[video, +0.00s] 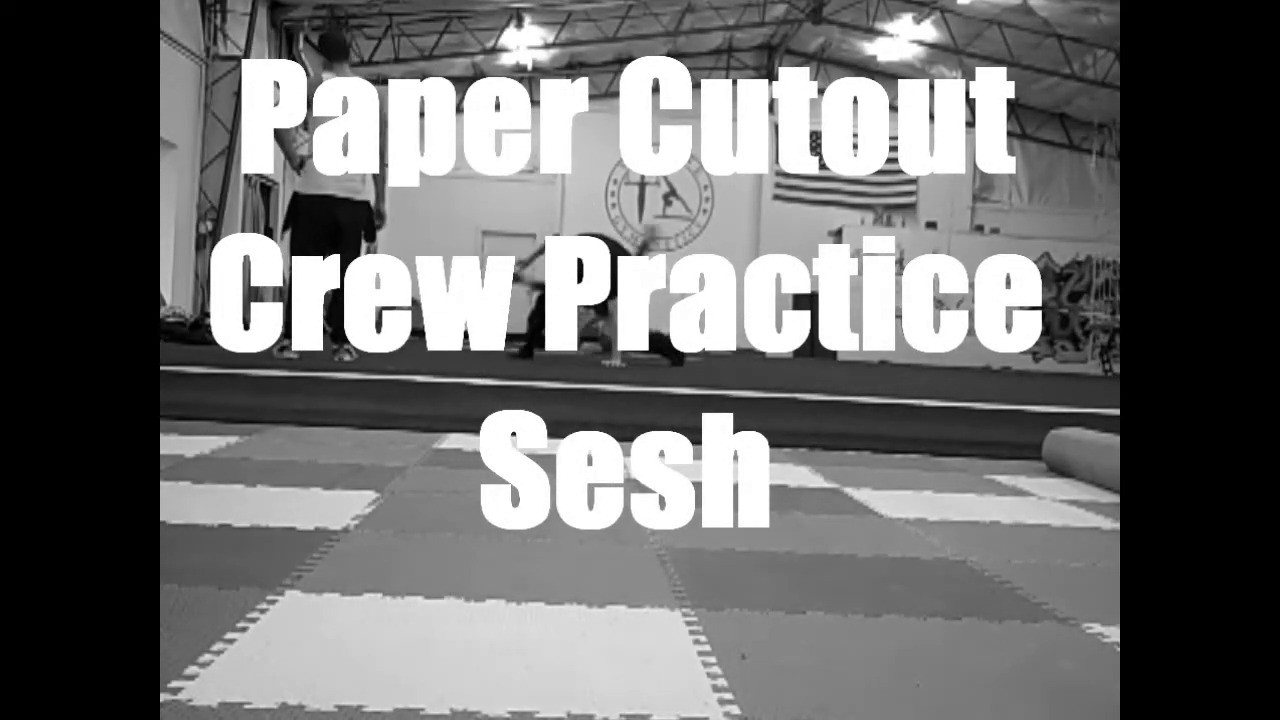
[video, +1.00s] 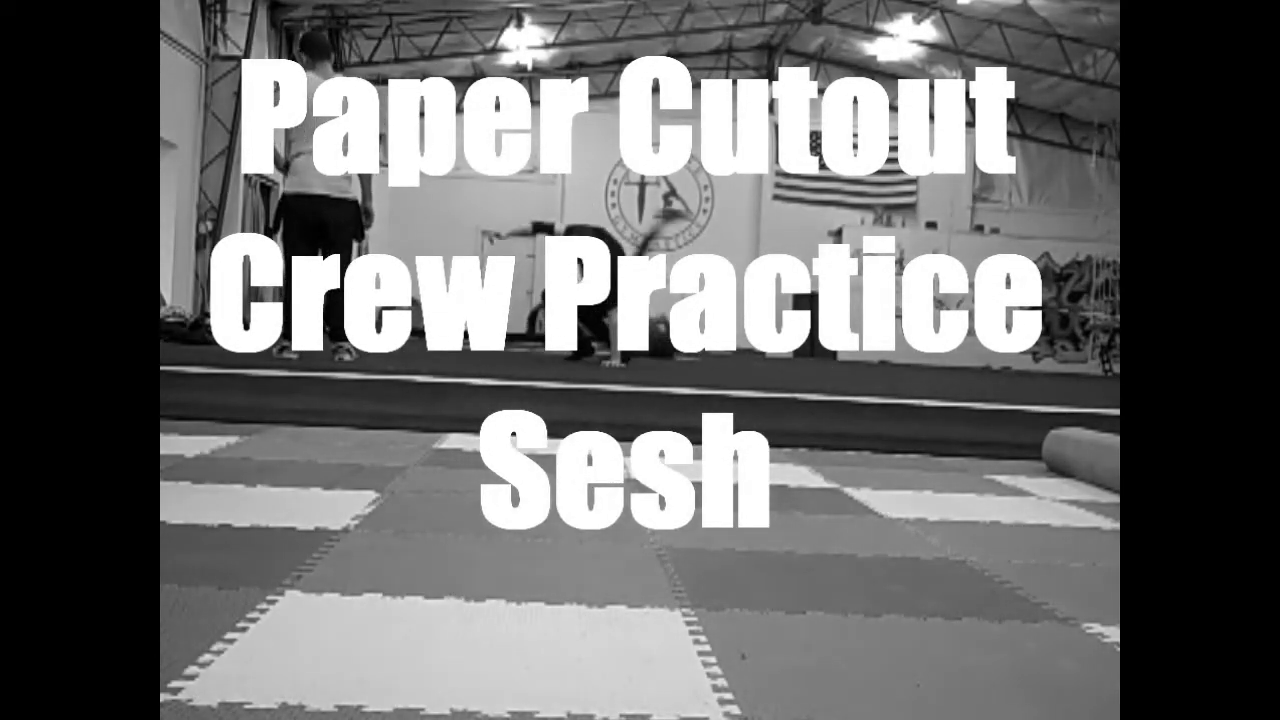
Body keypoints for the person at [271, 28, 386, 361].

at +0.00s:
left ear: (321, 55)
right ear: (350, 54)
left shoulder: (308, 88)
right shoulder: (369, 91)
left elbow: (282, 125)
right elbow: (378, 154)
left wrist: (296, 154)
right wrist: (380, 201)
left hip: (312, 197)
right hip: (354, 200)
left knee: (302, 273)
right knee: (349, 276)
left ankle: (294, 339)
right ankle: (344, 344)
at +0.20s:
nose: (308, 61)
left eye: (308, 56)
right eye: (308, 56)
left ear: (313, 56)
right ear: (344, 56)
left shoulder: (304, 91)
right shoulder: (362, 93)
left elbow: (291, 148)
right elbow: (371, 155)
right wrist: (373, 202)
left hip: (308, 196)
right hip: (349, 199)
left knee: (300, 272)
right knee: (347, 275)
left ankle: (293, 341)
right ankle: (343, 343)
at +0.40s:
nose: (304, 57)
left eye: (304, 52)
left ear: (307, 54)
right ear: (339, 53)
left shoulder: (297, 87)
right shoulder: (358, 91)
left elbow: (278, 134)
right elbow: (369, 152)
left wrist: (288, 163)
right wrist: (372, 202)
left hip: (303, 197)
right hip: (345, 199)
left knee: (298, 272)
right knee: (343, 274)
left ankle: (290, 342)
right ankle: (342, 343)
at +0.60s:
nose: (303, 59)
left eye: (302, 54)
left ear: (304, 55)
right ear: (336, 56)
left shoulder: (293, 86)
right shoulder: (354, 90)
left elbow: (276, 139)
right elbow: (367, 151)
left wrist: (287, 165)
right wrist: (371, 200)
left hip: (300, 196)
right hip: (342, 198)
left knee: (297, 272)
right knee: (341, 274)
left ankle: (290, 342)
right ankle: (341, 344)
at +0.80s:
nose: (301, 60)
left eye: (300, 56)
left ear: (302, 56)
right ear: (333, 56)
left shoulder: (291, 87)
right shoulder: (353, 90)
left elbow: (276, 145)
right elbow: (365, 151)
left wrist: (289, 168)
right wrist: (370, 200)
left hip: (299, 198)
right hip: (341, 199)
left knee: (296, 273)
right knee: (341, 274)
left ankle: (290, 342)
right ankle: (341, 343)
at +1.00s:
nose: (301, 62)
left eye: (299, 57)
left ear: (303, 57)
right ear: (333, 56)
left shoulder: (292, 87)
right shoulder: (352, 90)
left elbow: (276, 144)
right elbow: (363, 152)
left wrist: (286, 167)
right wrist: (367, 201)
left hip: (298, 198)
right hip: (341, 199)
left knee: (295, 274)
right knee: (340, 275)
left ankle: (289, 342)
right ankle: (341, 343)